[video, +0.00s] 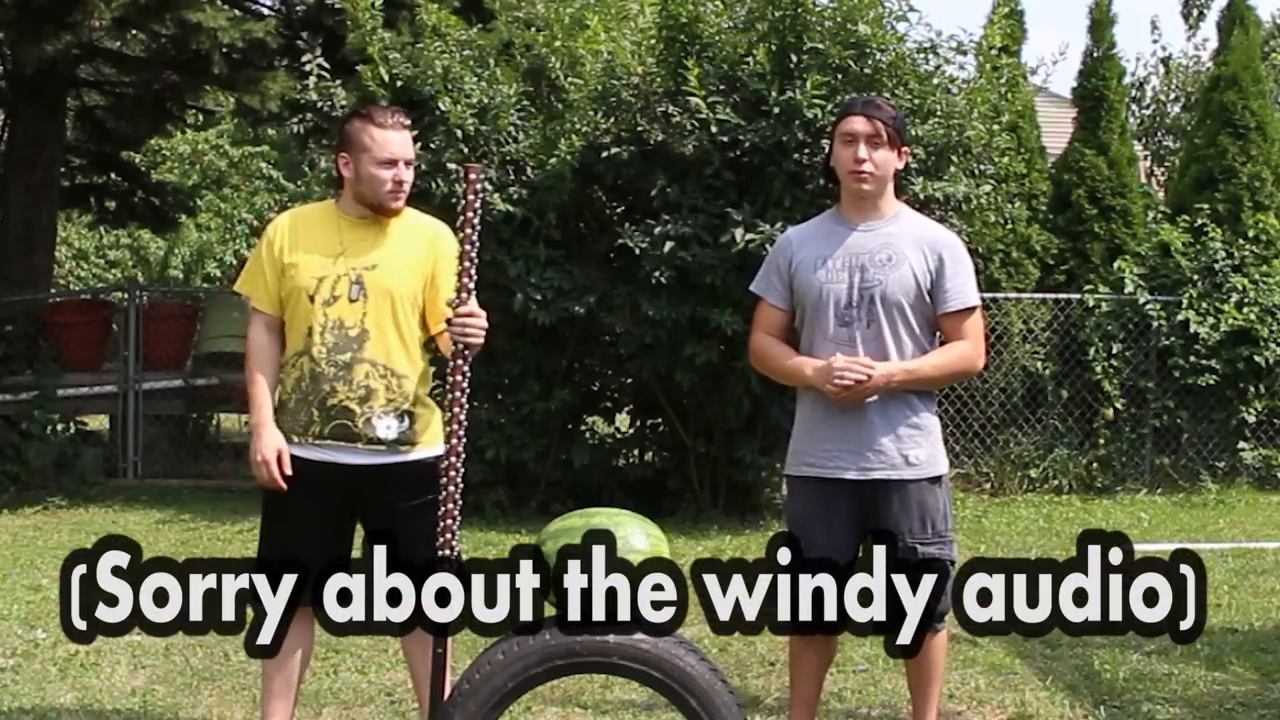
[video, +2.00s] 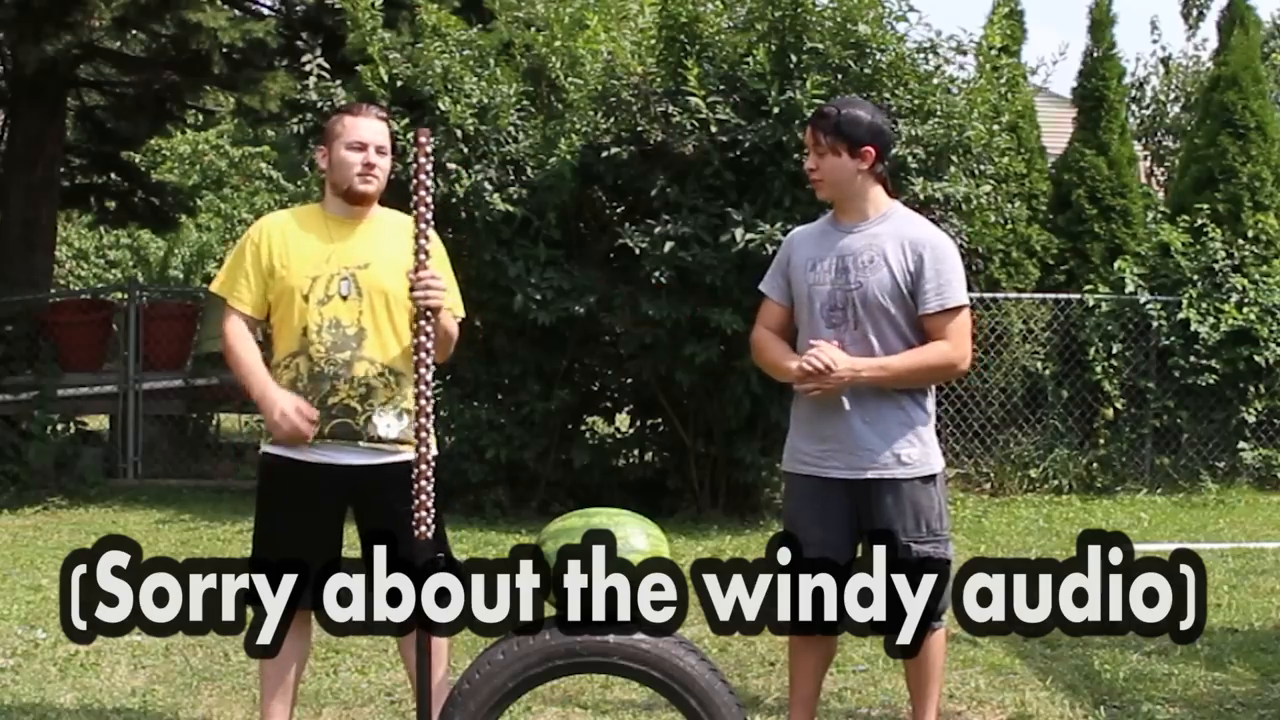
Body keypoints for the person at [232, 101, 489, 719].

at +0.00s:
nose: (401, 175)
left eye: (408, 163)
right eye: (385, 164)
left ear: (416, 165)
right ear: (345, 166)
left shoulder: (434, 239)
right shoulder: (289, 232)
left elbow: (446, 333)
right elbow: (265, 328)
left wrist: (469, 332)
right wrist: (261, 421)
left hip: (409, 463)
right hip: (309, 458)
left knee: (425, 605)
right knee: (290, 602)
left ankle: (438, 715)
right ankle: (274, 717)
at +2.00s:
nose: (371, 160)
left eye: (381, 151)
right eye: (357, 147)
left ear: (392, 163)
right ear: (323, 157)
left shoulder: (416, 239)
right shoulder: (275, 233)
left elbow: (443, 350)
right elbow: (235, 324)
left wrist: (439, 312)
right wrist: (270, 397)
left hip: (398, 459)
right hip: (301, 458)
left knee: (424, 601)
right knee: (285, 603)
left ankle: (436, 716)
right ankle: (275, 716)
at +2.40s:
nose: (359, 153)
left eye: (368, 145)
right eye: (345, 143)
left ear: (380, 159)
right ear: (314, 157)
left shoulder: (413, 231)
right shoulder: (275, 235)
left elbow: (446, 328)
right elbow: (267, 337)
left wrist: (414, 270)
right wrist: (353, 340)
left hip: (406, 449)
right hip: (307, 450)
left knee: (425, 599)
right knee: (290, 598)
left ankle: (437, 716)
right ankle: (276, 716)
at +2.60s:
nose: (368, 165)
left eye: (377, 154)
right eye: (353, 153)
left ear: (387, 163)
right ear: (319, 161)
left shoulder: (413, 239)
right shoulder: (278, 233)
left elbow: (440, 321)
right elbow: (267, 322)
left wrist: (458, 360)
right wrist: (351, 303)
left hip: (406, 451)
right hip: (307, 452)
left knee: (429, 599)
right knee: (291, 600)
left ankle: (436, 715)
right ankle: (275, 715)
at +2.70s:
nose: (373, 172)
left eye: (382, 160)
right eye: (359, 159)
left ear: (391, 166)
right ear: (325, 162)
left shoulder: (413, 242)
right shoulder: (281, 230)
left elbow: (440, 331)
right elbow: (270, 299)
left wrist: (464, 396)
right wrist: (357, 258)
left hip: (404, 452)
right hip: (306, 453)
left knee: (428, 599)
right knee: (291, 601)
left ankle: (438, 716)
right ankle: (275, 716)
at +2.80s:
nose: (381, 164)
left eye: (387, 153)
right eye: (367, 153)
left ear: (396, 161)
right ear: (330, 160)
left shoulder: (414, 245)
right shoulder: (285, 219)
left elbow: (438, 335)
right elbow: (274, 262)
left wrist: (459, 404)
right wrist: (353, 197)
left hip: (403, 449)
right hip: (306, 449)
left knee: (427, 596)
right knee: (292, 597)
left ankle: (438, 715)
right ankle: (275, 715)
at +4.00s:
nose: (398, 157)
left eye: (409, 148)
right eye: (385, 146)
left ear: (426, 163)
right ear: (357, 158)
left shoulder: (448, 240)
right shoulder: (314, 221)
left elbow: (462, 336)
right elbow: (317, 292)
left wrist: (445, 407)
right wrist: (384, 277)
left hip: (417, 453)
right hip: (320, 449)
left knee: (430, 599)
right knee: (292, 600)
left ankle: (438, 715)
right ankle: (271, 715)